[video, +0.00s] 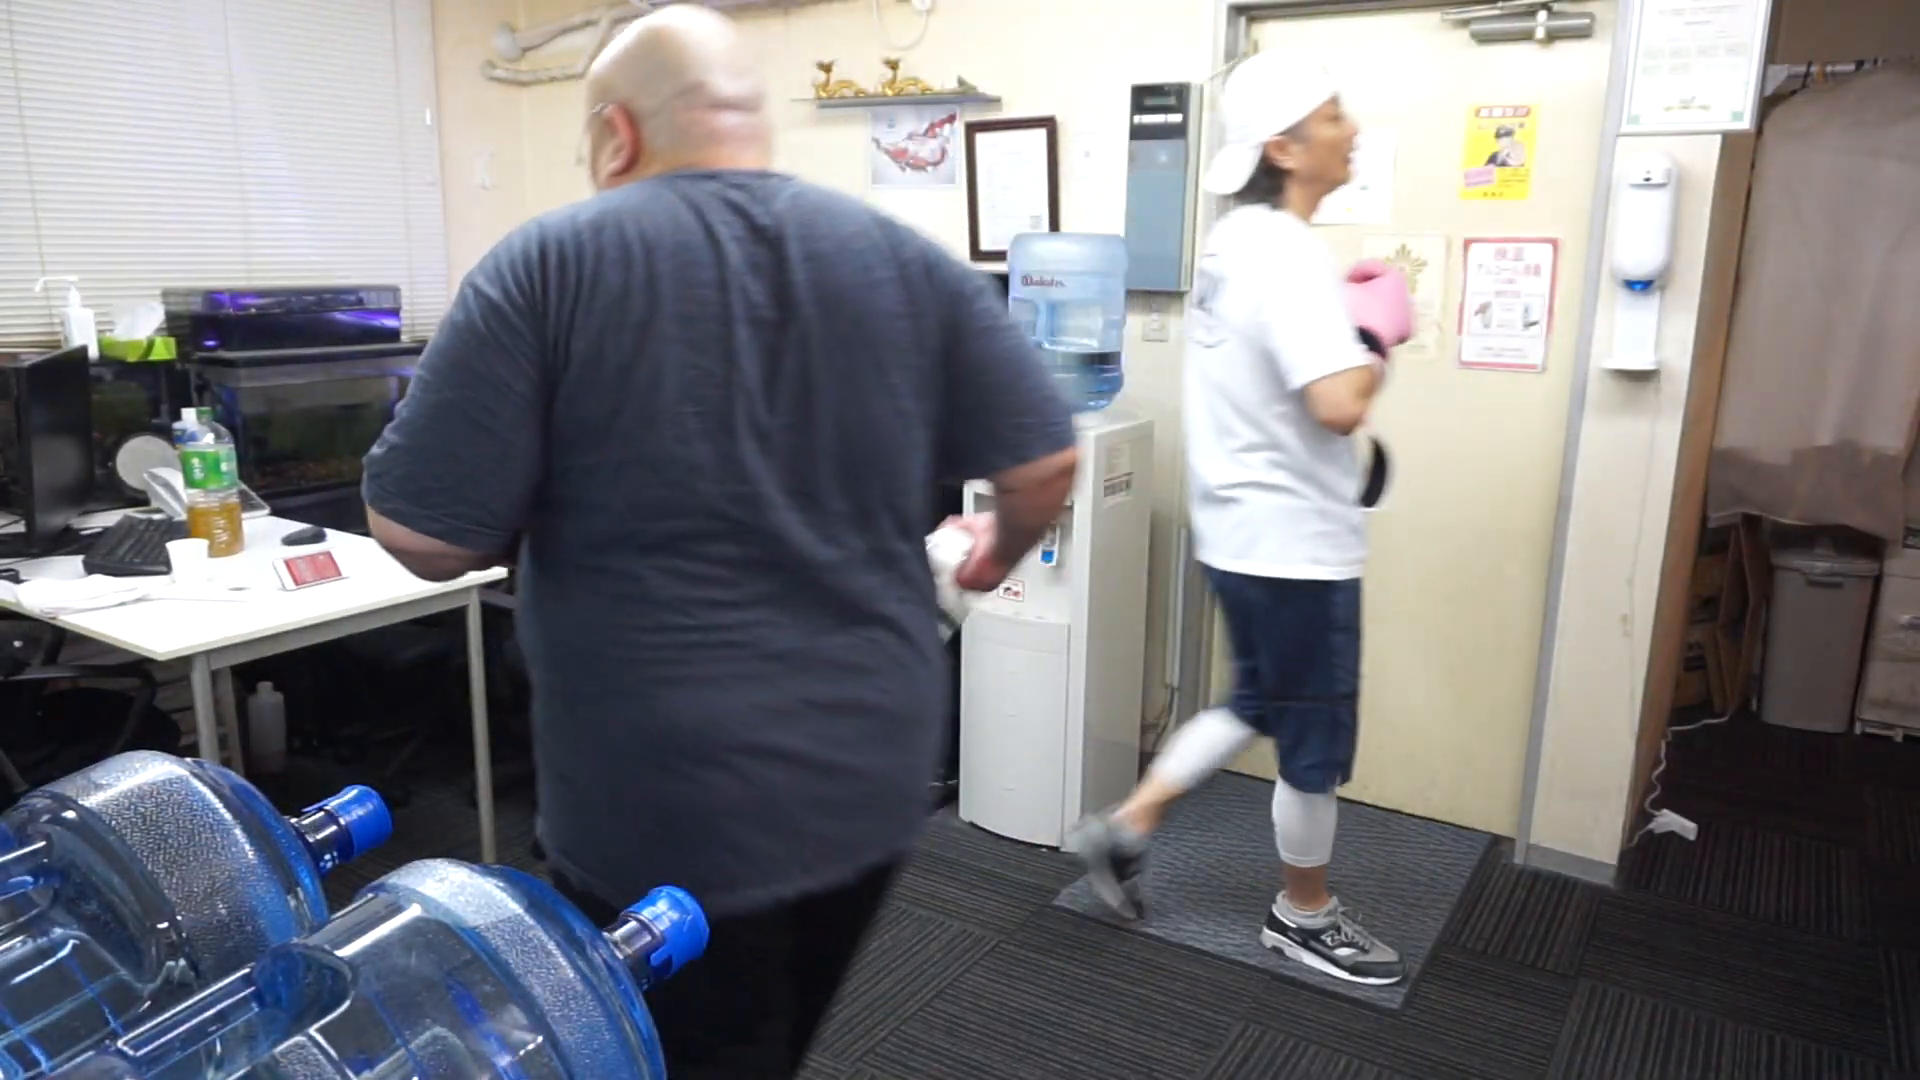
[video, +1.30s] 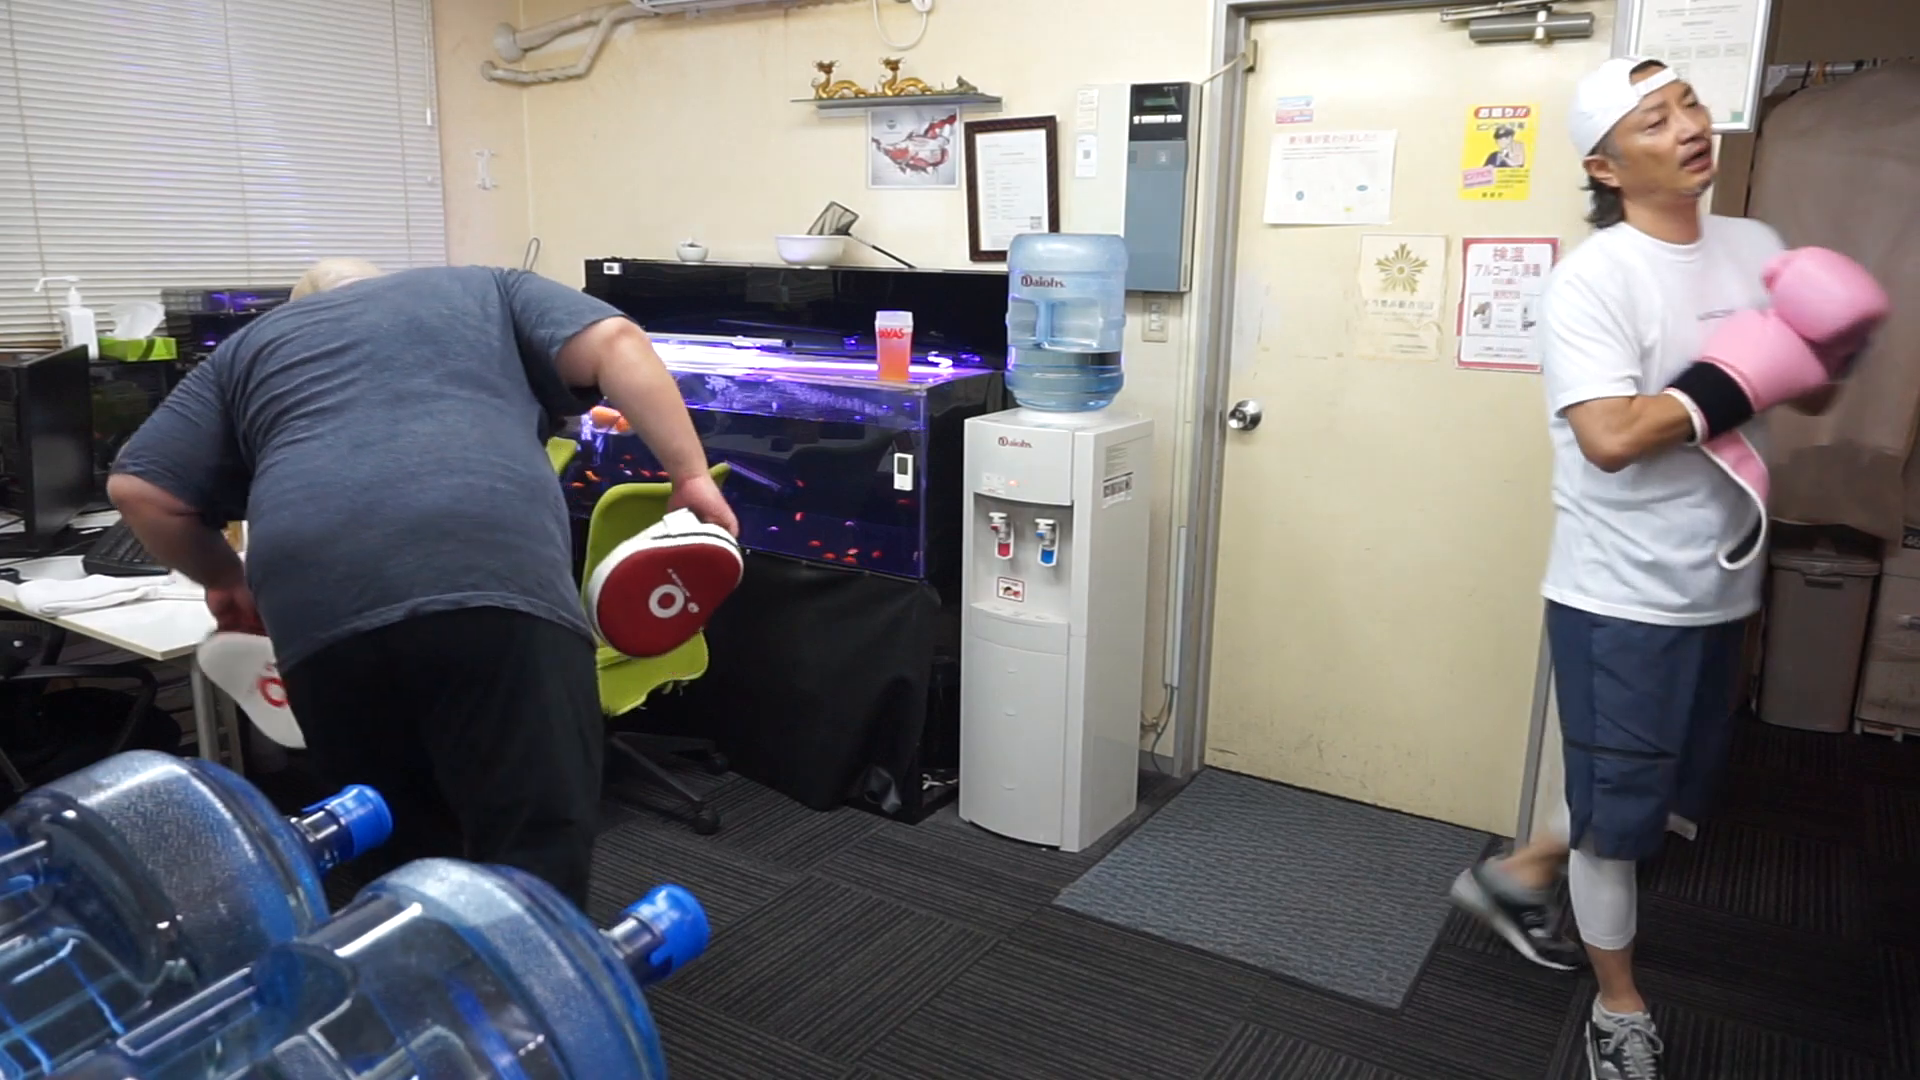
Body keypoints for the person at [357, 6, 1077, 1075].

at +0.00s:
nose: (588, 161)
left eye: (592, 136)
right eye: (590, 136)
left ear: (620, 135)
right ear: (757, 122)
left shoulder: (553, 265)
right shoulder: (900, 257)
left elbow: (419, 534)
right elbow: (1045, 466)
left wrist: (536, 511)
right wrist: (998, 553)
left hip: (647, 794)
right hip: (865, 778)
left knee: (658, 1057)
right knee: (777, 1051)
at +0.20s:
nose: (538, 202)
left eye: (537, 182)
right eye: (540, 184)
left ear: (564, 166)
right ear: (684, 153)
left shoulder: (518, 262)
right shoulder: (824, 263)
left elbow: (384, 496)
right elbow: (937, 450)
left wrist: (412, 561)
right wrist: (917, 569)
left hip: (584, 747)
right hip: (791, 741)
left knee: (540, 1019)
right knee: (720, 1035)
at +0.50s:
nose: (428, 239)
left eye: (426, 231)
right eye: (431, 233)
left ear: (448, 220)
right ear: (560, 197)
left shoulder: (417, 286)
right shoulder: (690, 270)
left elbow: (294, 462)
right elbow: (825, 413)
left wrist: (278, 556)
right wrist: (835, 518)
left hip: (503, 696)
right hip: (693, 688)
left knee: (483, 943)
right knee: (694, 951)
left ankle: (485, 1071)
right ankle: (691, 1075)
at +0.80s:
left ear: (329, 294)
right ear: (431, 264)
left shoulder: (289, 337)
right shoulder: (548, 289)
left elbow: (175, 493)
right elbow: (682, 386)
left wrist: (232, 591)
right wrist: (741, 517)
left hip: (402, 653)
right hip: (585, 626)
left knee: (421, 901)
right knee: (637, 889)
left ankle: (426, 1062)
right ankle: (664, 1061)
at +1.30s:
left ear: (296, 307)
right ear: (393, 277)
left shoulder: (248, 346)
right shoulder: (486, 287)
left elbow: (139, 486)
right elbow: (617, 343)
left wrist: (225, 580)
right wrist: (691, 473)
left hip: (321, 616)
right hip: (499, 581)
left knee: (388, 861)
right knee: (536, 852)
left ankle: (415, 1039)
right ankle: (531, 1038)